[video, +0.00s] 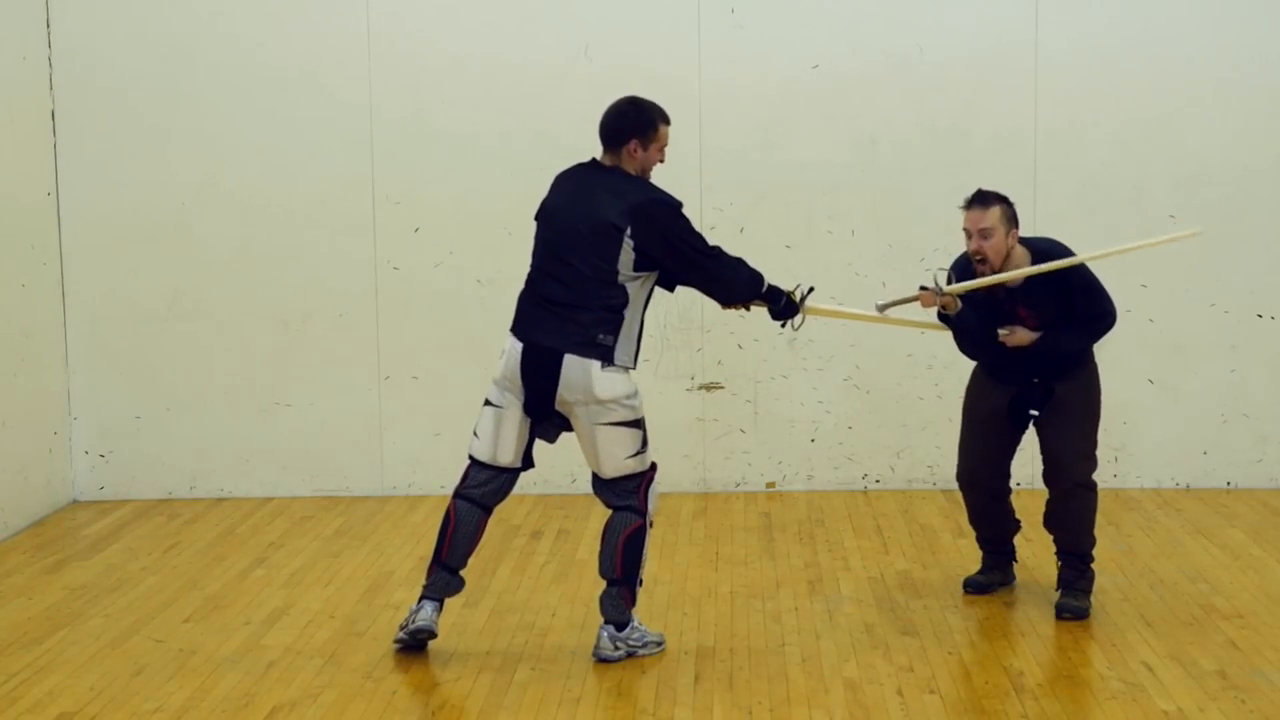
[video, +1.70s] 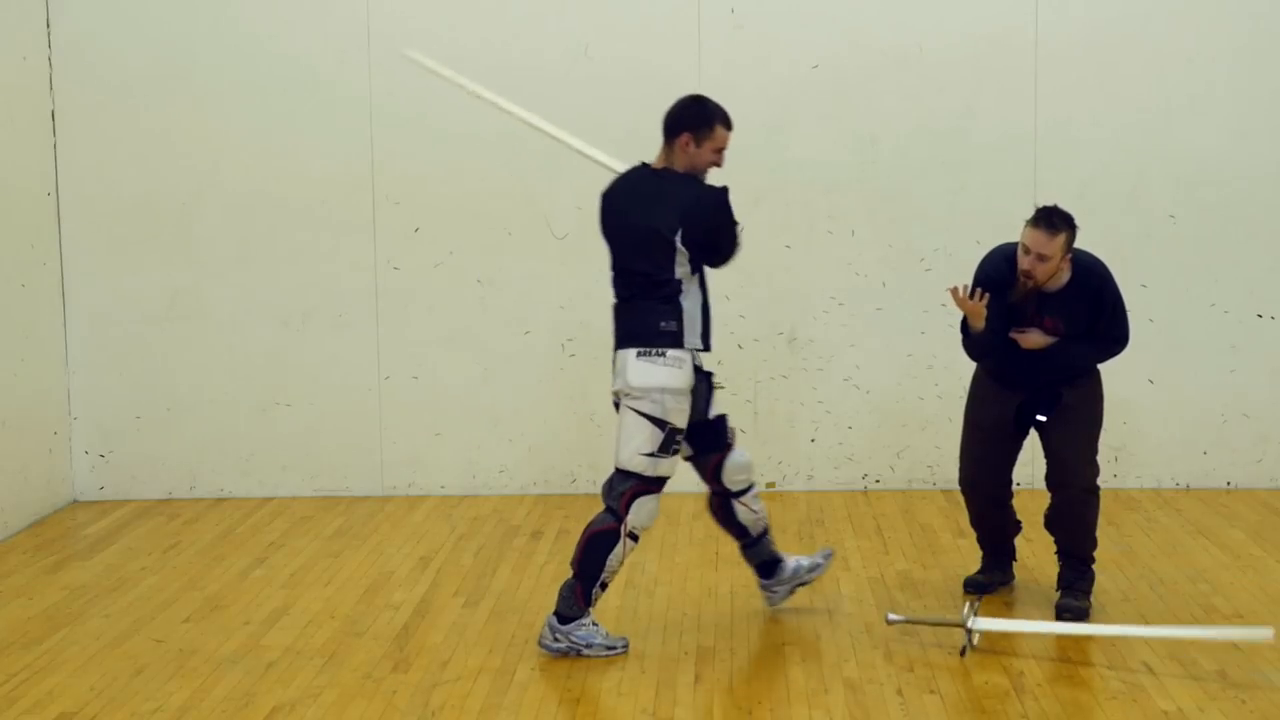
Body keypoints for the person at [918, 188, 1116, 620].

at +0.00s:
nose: (975, 246)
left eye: (986, 235)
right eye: (969, 235)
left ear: (1012, 234)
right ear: (964, 234)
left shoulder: (1054, 260)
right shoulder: (963, 274)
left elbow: (1102, 315)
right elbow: (978, 348)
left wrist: (1040, 339)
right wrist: (953, 311)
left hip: (1067, 375)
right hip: (998, 375)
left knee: (1070, 476)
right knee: (977, 472)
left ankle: (1075, 579)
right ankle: (997, 562)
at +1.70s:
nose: (1028, 264)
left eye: (1041, 257)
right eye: (1025, 251)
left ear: (1066, 258)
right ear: (1019, 241)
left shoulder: (1093, 278)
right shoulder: (997, 267)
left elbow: (1115, 339)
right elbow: (978, 352)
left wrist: (1052, 345)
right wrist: (975, 328)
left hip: (1070, 384)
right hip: (1000, 378)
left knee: (1074, 480)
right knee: (979, 476)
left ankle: (1075, 582)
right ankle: (996, 562)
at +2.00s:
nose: (1042, 284)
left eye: (1055, 279)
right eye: (1038, 271)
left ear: (1078, 276)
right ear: (1031, 257)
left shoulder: (1101, 290)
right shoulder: (1003, 275)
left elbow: (1119, 344)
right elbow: (973, 357)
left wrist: (1060, 354)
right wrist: (980, 334)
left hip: (1073, 388)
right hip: (1002, 380)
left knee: (1077, 480)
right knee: (979, 476)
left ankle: (1075, 582)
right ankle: (996, 562)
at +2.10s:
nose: (1049, 320)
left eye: (1060, 317)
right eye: (1046, 309)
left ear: (1082, 306)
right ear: (1041, 285)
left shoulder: (1109, 303)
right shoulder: (1012, 282)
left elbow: (1121, 356)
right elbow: (961, 358)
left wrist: (1092, 378)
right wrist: (974, 336)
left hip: (1076, 397)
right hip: (1004, 386)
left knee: (1079, 483)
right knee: (977, 477)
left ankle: (1075, 582)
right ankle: (994, 561)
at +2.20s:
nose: (1059, 358)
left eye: (1068, 355)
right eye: (1053, 350)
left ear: (1091, 330)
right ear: (1042, 319)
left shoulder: (1114, 311)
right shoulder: (1013, 306)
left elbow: (1141, 359)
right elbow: (952, 360)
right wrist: (969, 340)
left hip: (1081, 405)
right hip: (1008, 398)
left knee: (1088, 492)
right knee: (977, 490)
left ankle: (1076, 584)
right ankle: (971, 532)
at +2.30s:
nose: (1071, 375)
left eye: (1079, 368)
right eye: (1063, 368)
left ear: (1094, 342)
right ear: (1047, 348)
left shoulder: (1120, 344)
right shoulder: (1016, 341)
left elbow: (1165, 393)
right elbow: (948, 383)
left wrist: (1186, 385)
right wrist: (975, 348)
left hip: (1085, 433)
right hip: (1013, 429)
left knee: (1094, 501)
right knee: (987, 530)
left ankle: (1075, 587)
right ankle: (965, 538)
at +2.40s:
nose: (1079, 406)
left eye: (1087, 396)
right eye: (1068, 397)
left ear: (1099, 379)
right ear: (1051, 382)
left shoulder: (1118, 391)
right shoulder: (1022, 385)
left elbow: (1182, 443)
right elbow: (955, 439)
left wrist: (1196, 424)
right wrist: (993, 416)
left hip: (1083, 477)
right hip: (1015, 479)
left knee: (1108, 506)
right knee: (986, 580)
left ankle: (1074, 588)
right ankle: (966, 534)